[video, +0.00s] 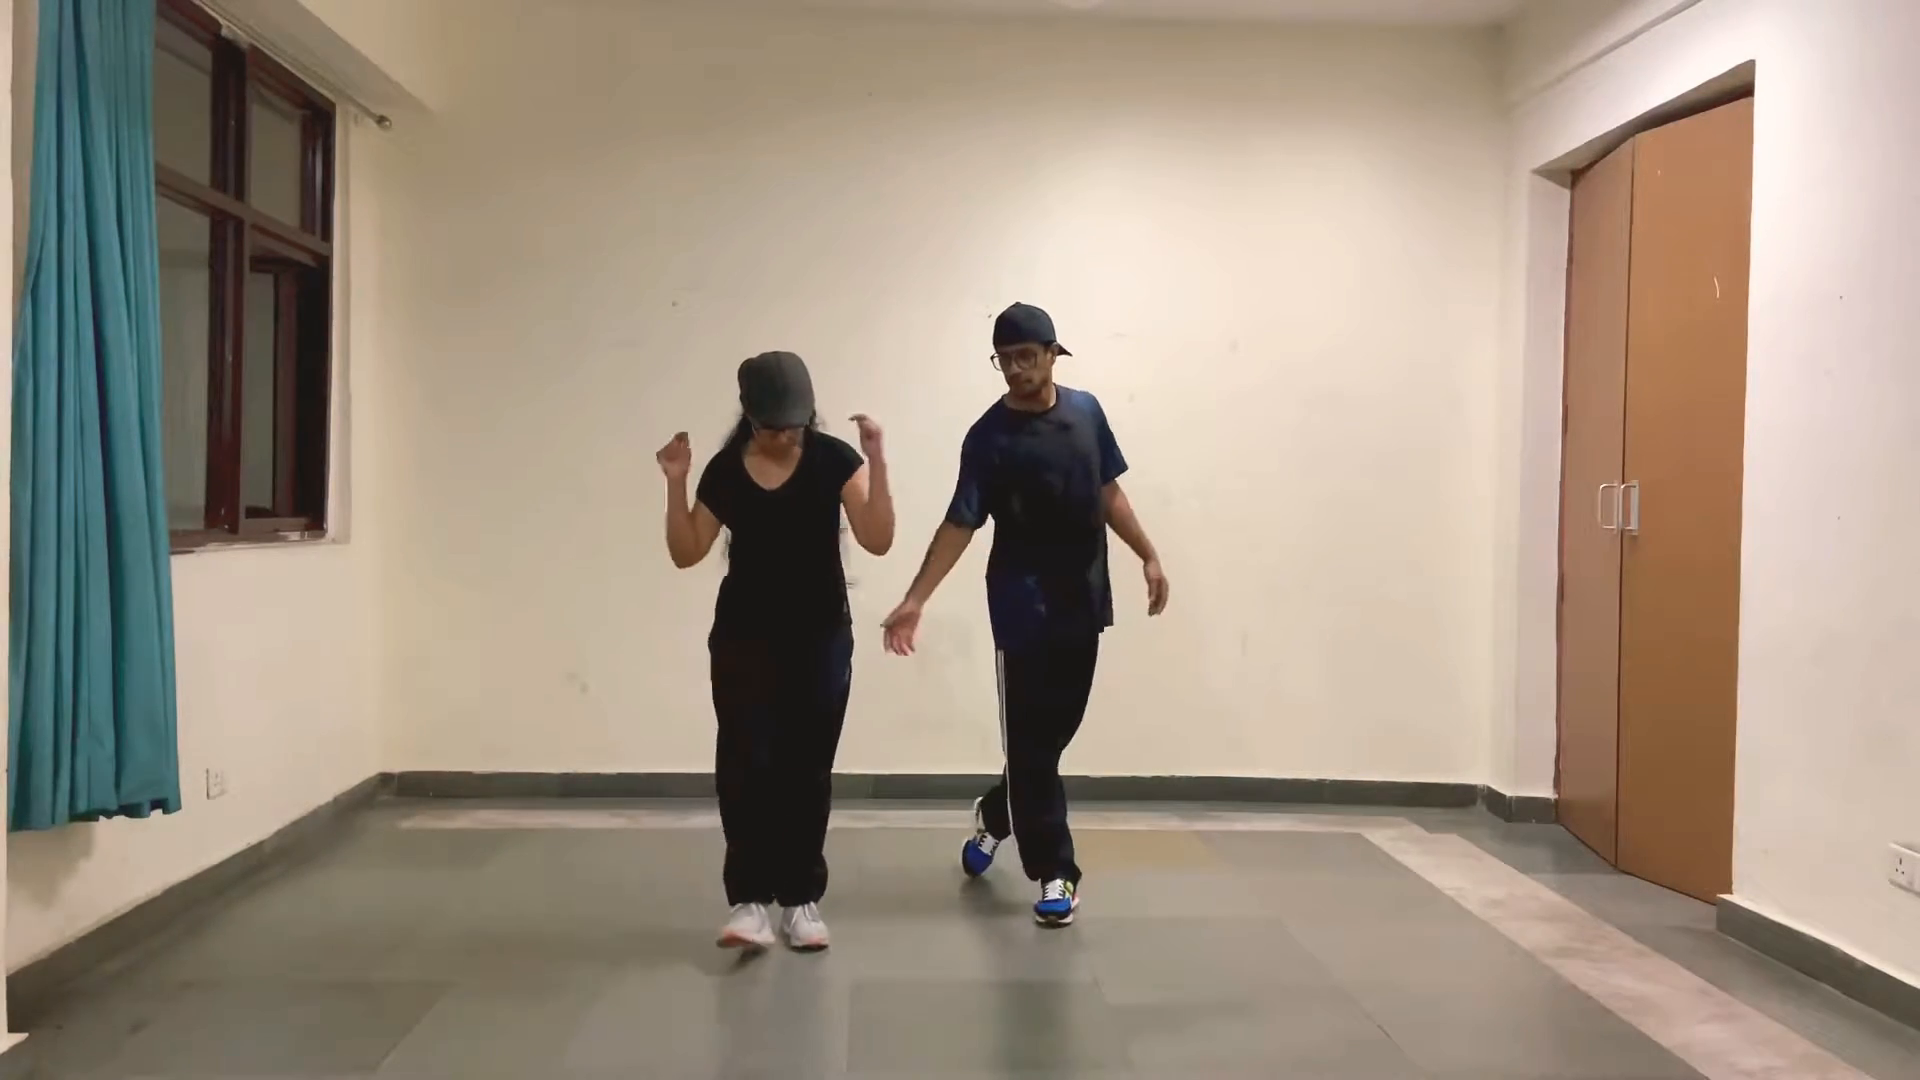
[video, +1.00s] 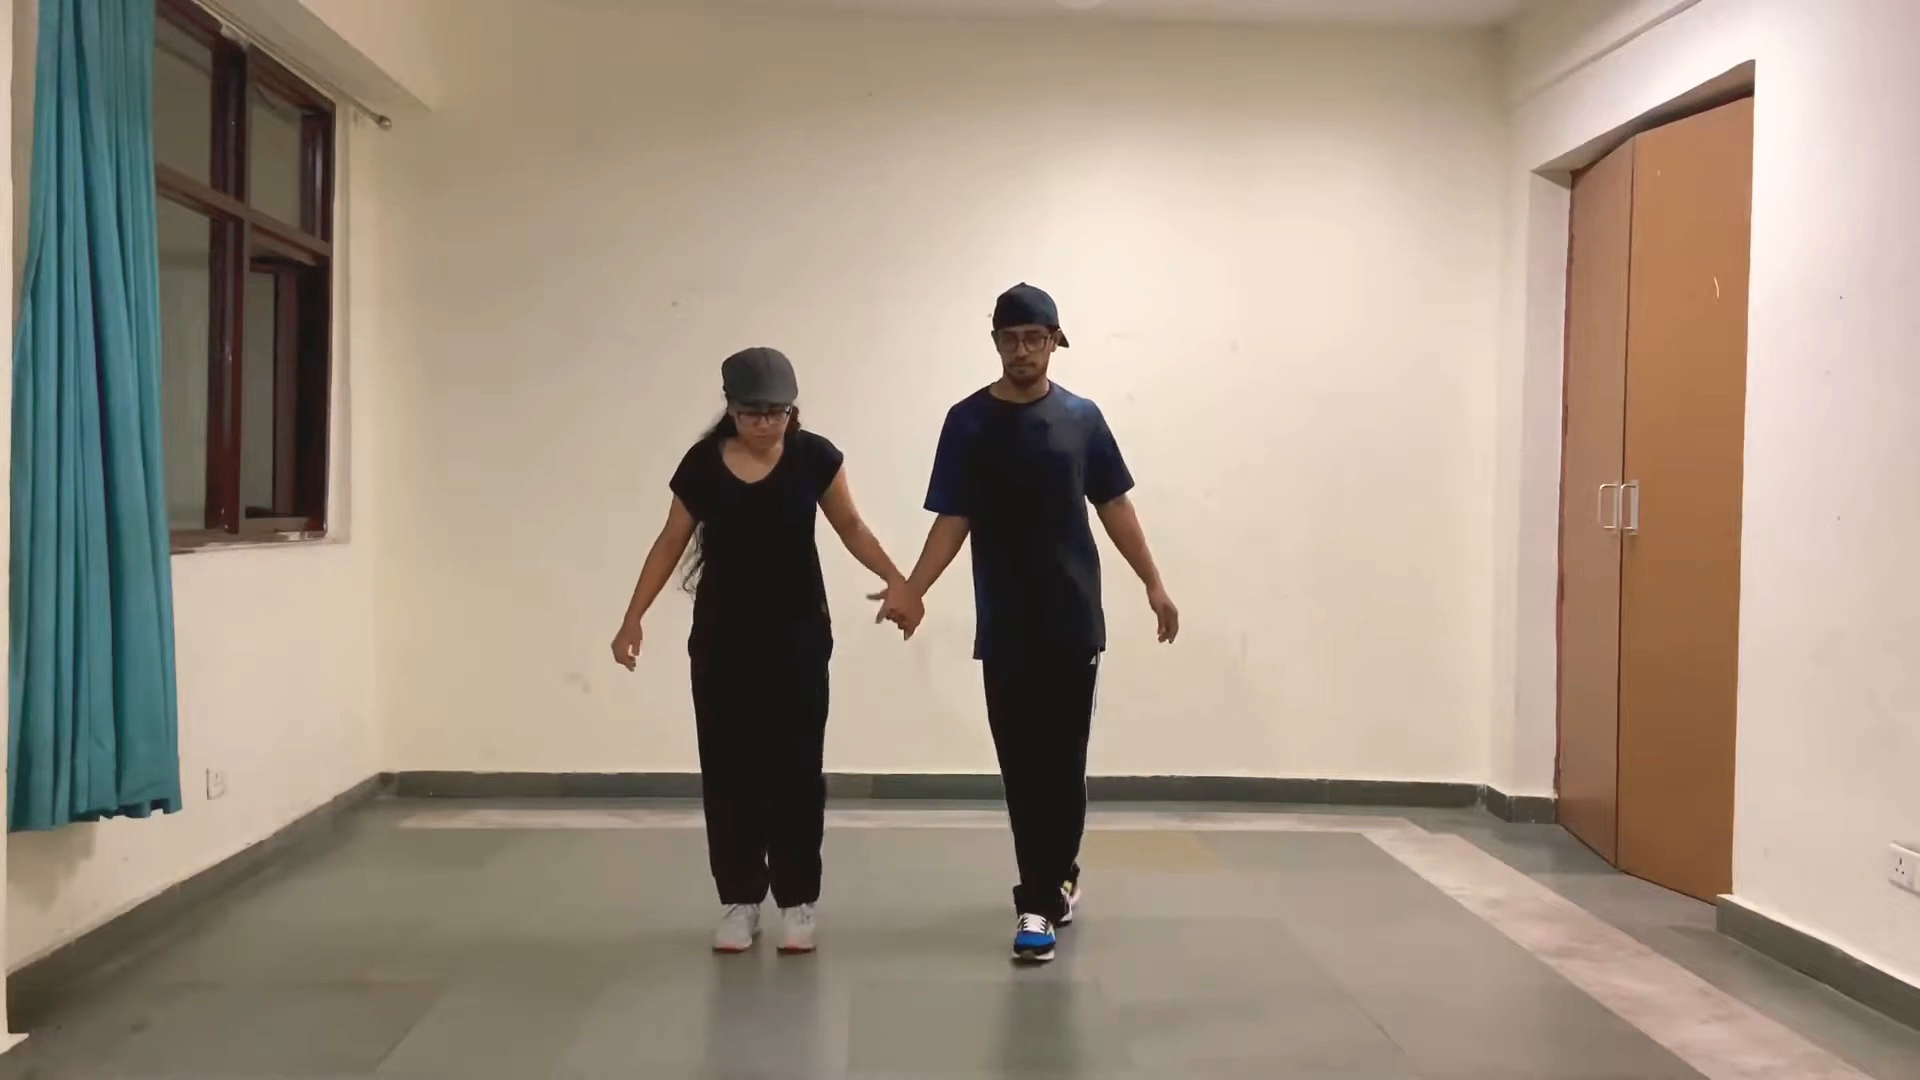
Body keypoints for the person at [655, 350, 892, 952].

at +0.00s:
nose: (787, 436)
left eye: (795, 424)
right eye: (774, 427)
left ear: (808, 413)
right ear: (750, 417)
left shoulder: (832, 457)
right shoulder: (728, 468)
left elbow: (877, 540)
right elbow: (687, 552)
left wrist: (876, 463)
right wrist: (676, 483)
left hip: (819, 636)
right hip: (745, 635)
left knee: (807, 766)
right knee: (745, 766)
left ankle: (802, 903)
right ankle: (749, 905)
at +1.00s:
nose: (766, 424)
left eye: (777, 412)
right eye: (754, 413)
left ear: (792, 408)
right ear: (732, 409)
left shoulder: (814, 457)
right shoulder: (704, 464)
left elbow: (854, 530)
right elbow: (670, 544)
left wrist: (900, 583)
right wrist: (633, 616)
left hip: (796, 638)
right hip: (722, 640)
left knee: (795, 766)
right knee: (729, 768)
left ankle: (797, 903)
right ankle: (739, 903)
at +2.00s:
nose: (726, 440)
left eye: (738, 428)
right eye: (715, 428)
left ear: (760, 425)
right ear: (699, 424)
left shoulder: (787, 485)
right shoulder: (673, 477)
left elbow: (800, 560)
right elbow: (630, 550)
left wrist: (801, 625)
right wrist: (595, 622)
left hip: (747, 651)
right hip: (674, 645)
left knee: (735, 775)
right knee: (625, 762)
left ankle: (771, 900)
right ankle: (576, 887)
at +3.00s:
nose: (850, 436)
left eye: (860, 424)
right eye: (837, 425)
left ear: (874, 419)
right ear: (813, 421)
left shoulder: (897, 472)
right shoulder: (783, 476)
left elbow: (943, 529)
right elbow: (737, 536)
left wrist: (968, 593)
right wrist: (729, 615)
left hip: (879, 654)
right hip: (803, 656)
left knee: (900, 777)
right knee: (782, 778)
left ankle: (935, 902)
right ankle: (768, 899)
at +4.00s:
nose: (772, 424)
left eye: (782, 412)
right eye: (759, 414)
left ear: (799, 410)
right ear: (737, 416)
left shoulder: (830, 469)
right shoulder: (718, 481)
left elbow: (869, 539)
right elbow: (713, 562)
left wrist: (882, 582)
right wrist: (696, 641)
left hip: (836, 643)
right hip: (759, 649)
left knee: (850, 771)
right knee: (764, 782)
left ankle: (811, 906)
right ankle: (807, 917)